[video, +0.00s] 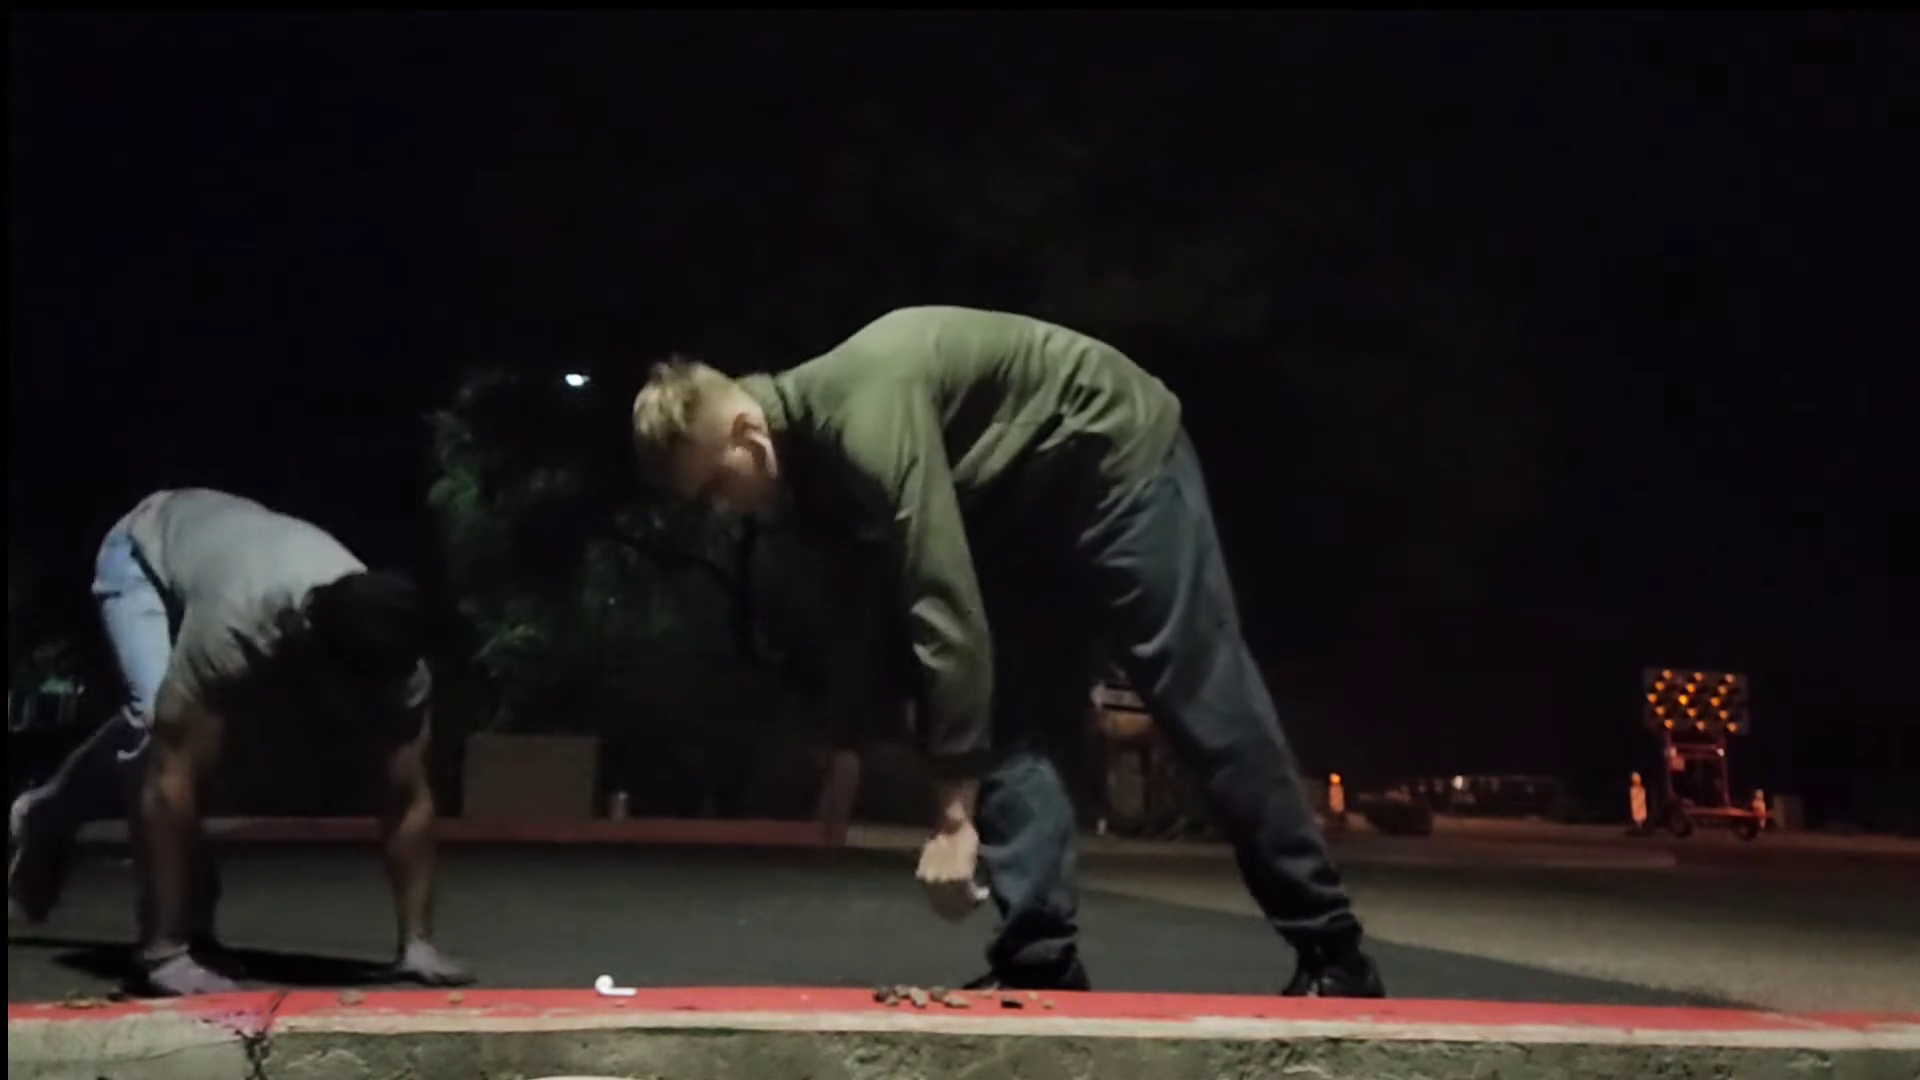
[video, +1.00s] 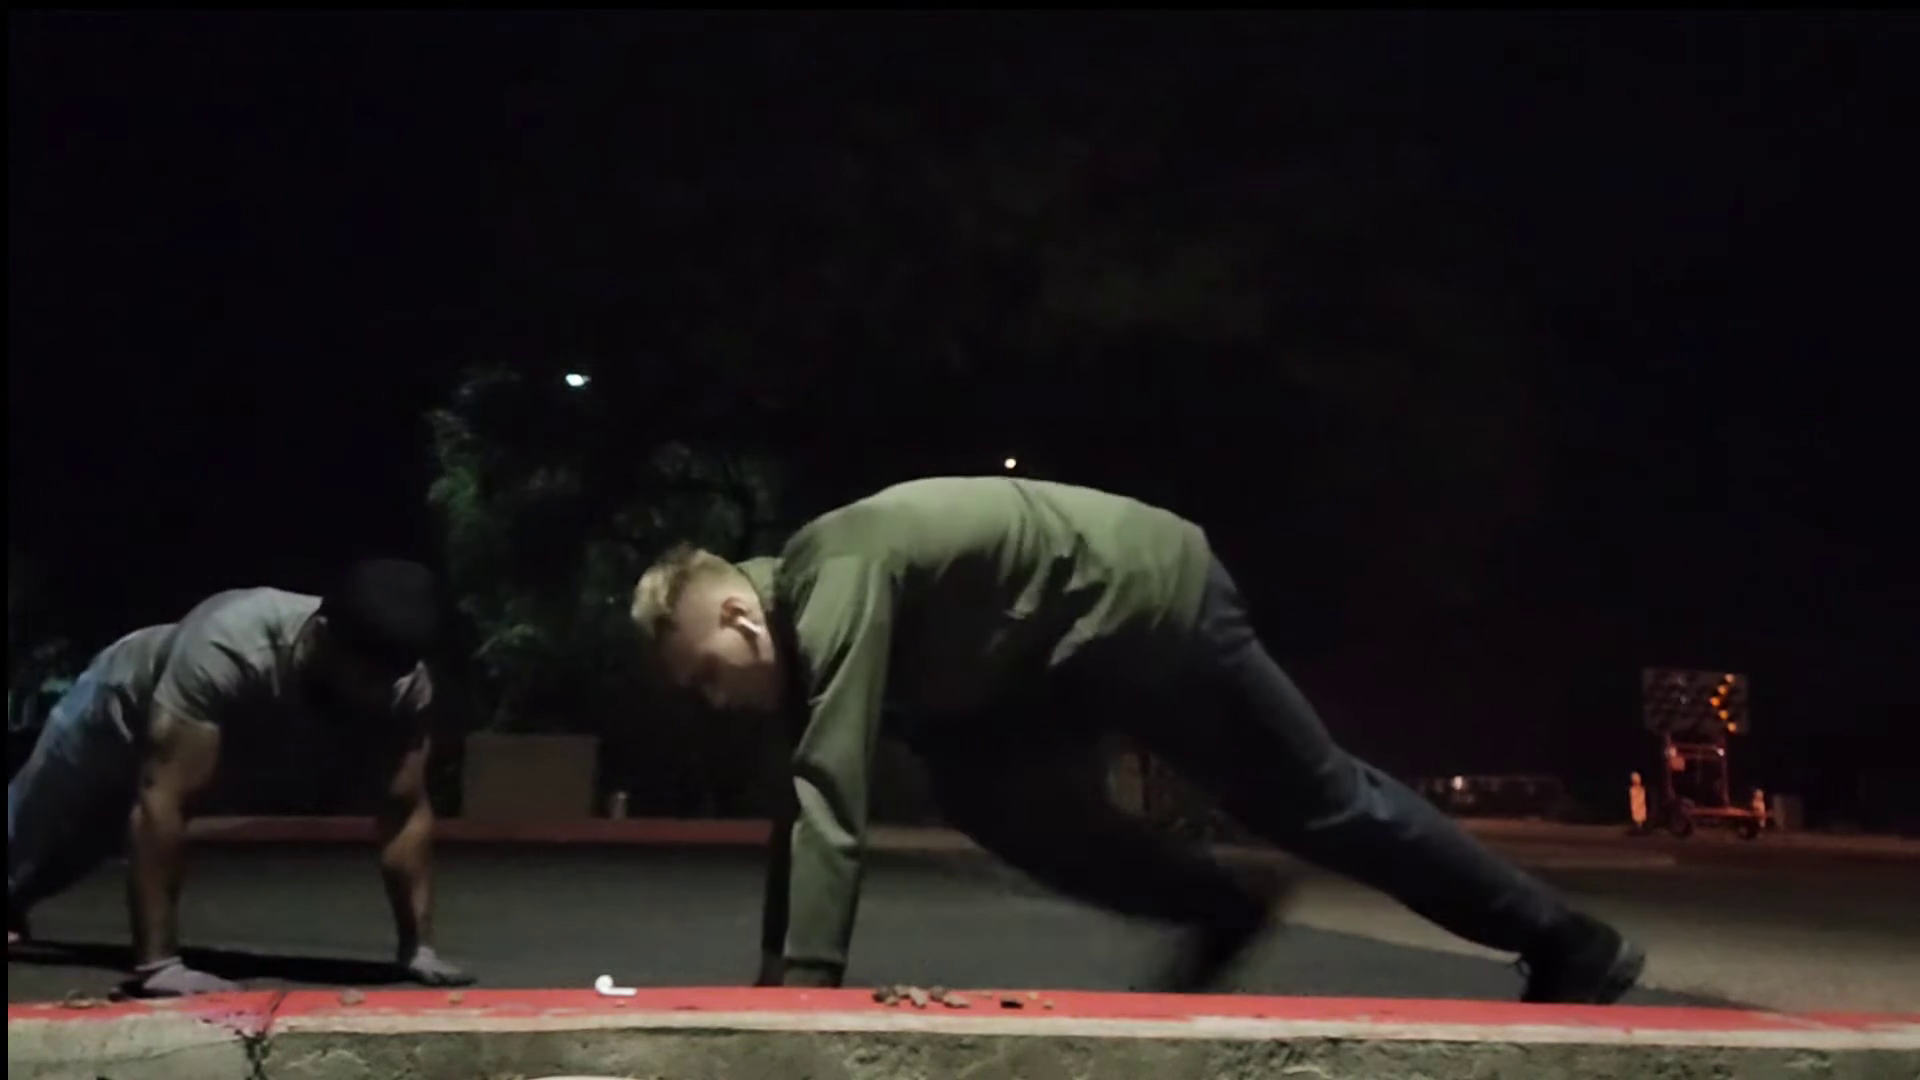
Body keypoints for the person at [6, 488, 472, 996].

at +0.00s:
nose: (380, 703)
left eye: (393, 688)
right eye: (366, 688)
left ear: (406, 659)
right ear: (318, 645)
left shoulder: (402, 666)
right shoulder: (233, 624)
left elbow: (411, 799)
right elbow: (169, 777)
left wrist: (416, 940)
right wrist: (163, 947)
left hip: (240, 548)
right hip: (141, 553)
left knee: (193, 759)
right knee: (154, 722)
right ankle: (41, 821)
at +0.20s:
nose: (394, 719)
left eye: (407, 705)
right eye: (381, 701)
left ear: (421, 678)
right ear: (331, 652)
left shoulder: (408, 678)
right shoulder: (245, 639)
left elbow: (409, 810)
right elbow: (173, 792)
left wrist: (417, 952)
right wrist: (160, 957)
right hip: (130, 596)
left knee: (183, 784)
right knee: (146, 746)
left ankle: (198, 944)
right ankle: (26, 853)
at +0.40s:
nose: (396, 713)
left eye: (408, 699)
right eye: (385, 696)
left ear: (420, 679)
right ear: (329, 652)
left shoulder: (407, 678)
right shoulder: (241, 642)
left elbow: (408, 812)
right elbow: (172, 796)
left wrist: (417, 950)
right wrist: (161, 958)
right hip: (134, 616)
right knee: (79, 750)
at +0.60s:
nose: (396, 713)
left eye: (409, 698)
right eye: (385, 696)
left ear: (423, 680)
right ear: (333, 657)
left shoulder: (410, 680)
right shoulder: (237, 646)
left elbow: (409, 811)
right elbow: (166, 803)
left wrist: (417, 951)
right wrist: (158, 962)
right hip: (132, 639)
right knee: (36, 836)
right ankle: (19, 908)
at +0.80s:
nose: (397, 687)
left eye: (407, 671)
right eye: (380, 668)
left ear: (419, 663)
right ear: (327, 644)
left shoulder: (412, 686)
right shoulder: (225, 651)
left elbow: (409, 812)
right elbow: (161, 803)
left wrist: (418, 951)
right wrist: (158, 960)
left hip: (211, 719)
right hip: (123, 697)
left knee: (76, 850)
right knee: (34, 845)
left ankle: (17, 901)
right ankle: (13, 905)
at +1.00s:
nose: (390, 682)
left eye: (400, 667)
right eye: (374, 663)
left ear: (410, 659)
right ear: (326, 639)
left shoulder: (405, 686)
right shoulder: (222, 652)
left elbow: (407, 811)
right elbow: (160, 803)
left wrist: (417, 949)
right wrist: (158, 960)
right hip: (114, 715)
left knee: (68, 858)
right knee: (26, 848)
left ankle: (18, 899)